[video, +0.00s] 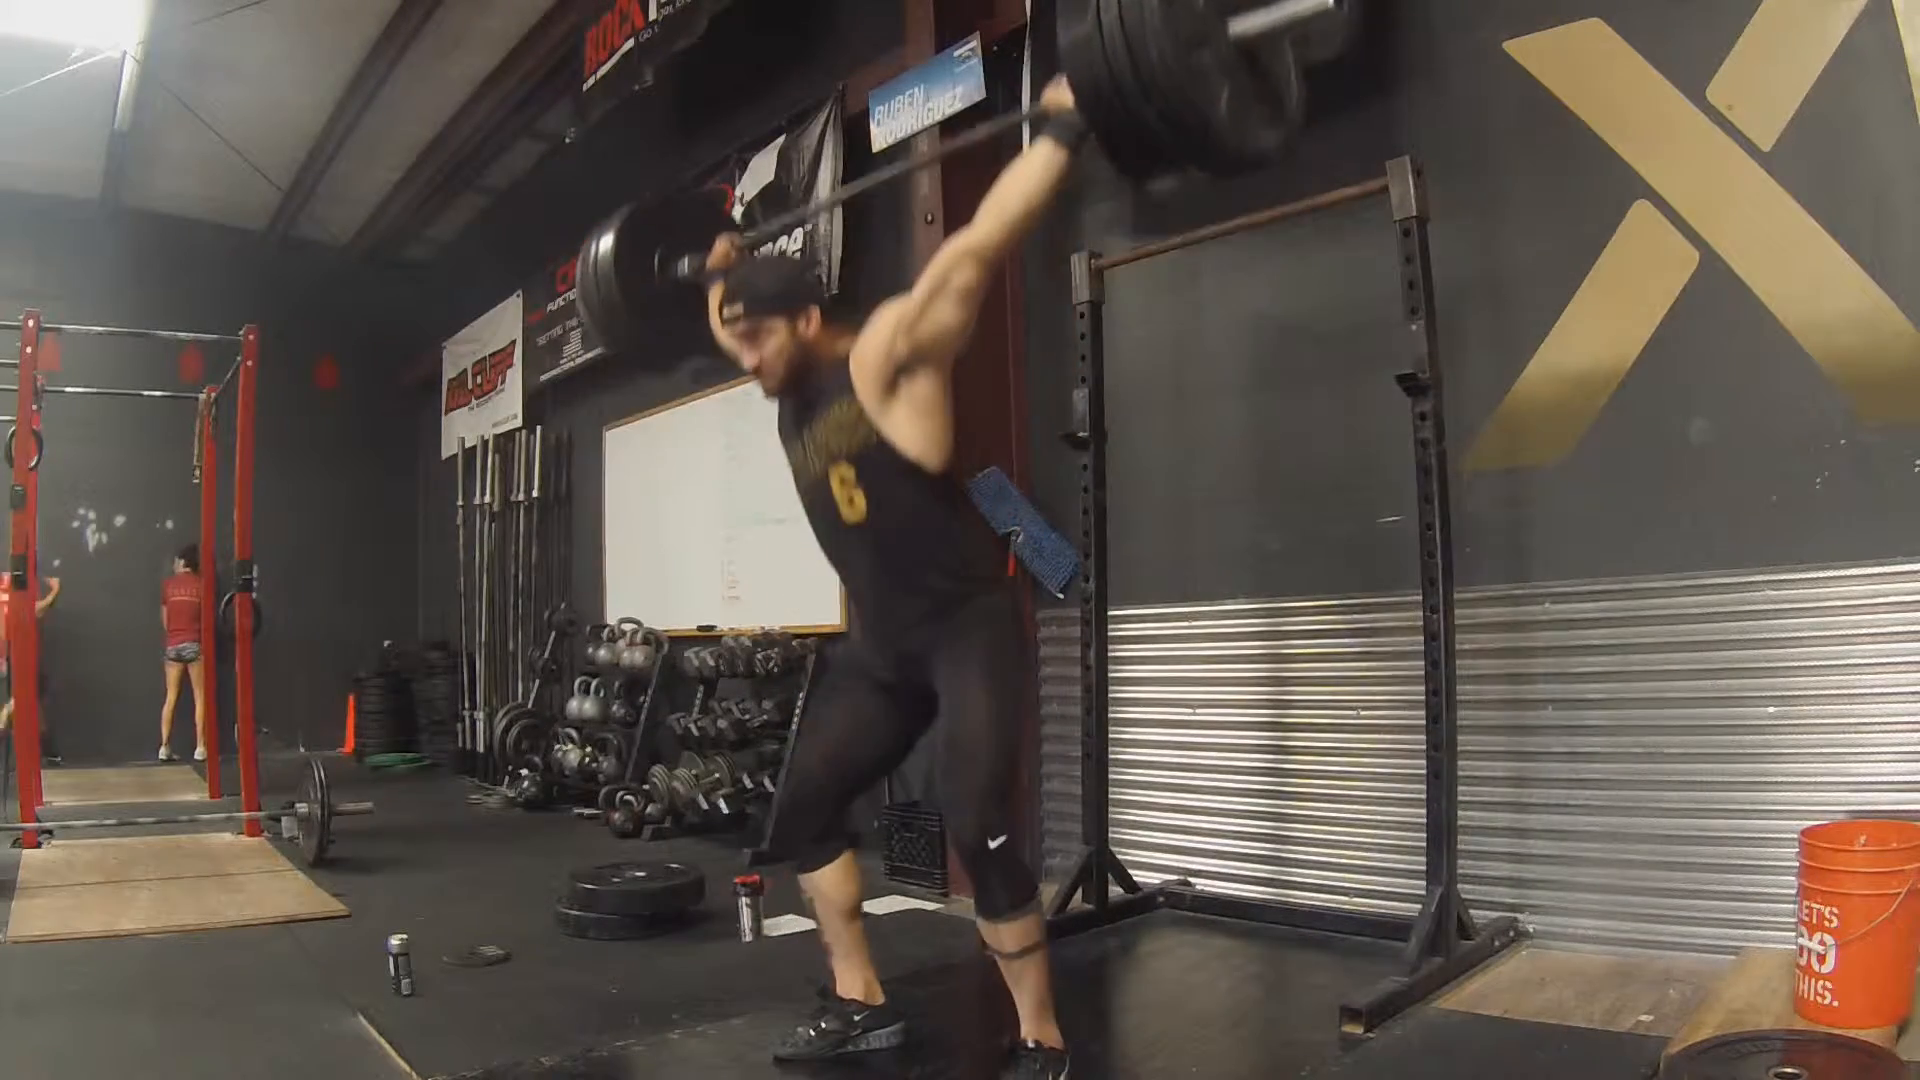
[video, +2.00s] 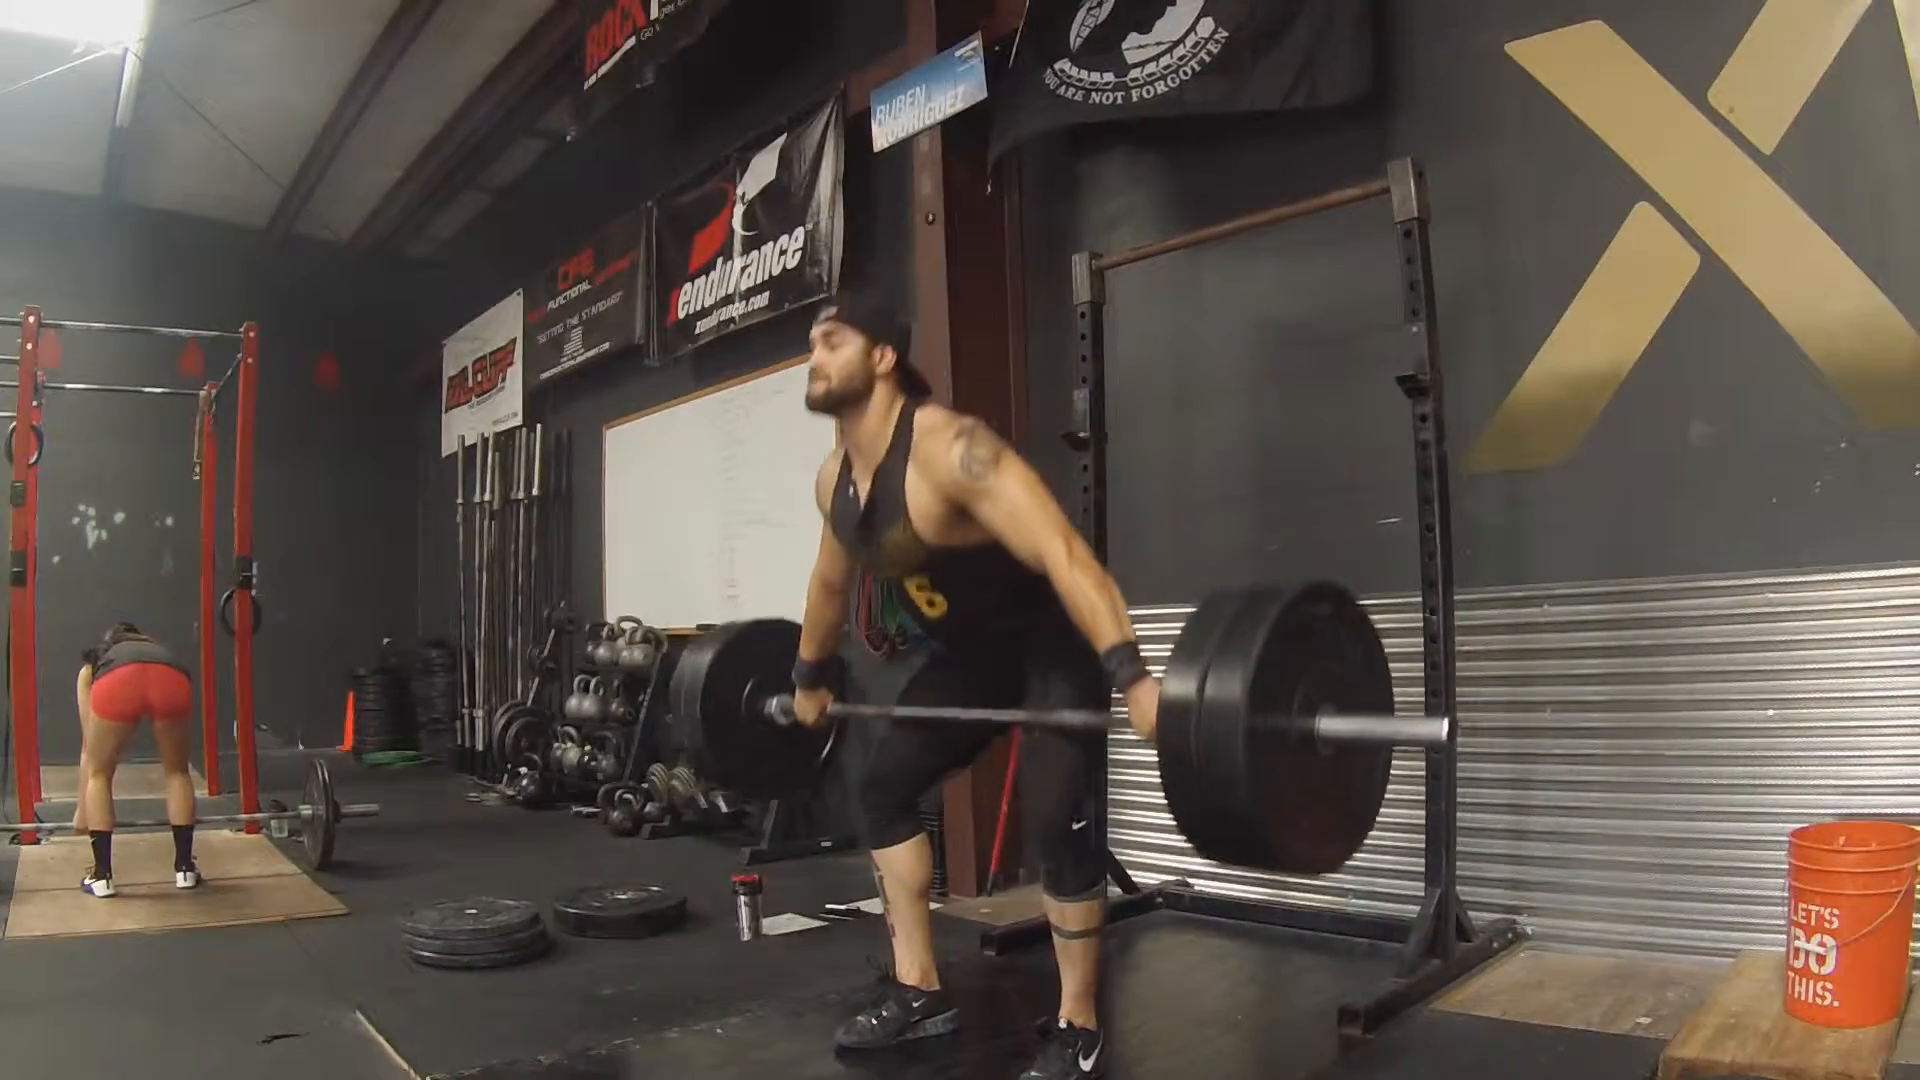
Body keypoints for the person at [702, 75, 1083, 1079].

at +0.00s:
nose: (746, 362)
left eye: (753, 341)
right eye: (736, 347)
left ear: (807, 316)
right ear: (756, 337)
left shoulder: (895, 349)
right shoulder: (794, 394)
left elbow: (976, 247)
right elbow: (731, 329)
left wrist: (1057, 129)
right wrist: (723, 260)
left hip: (971, 628)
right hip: (874, 641)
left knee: (980, 833)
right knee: (803, 809)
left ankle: (1041, 1041)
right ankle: (860, 1005)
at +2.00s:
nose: (812, 359)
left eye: (831, 344)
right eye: (811, 348)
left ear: (883, 360)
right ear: (821, 371)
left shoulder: (955, 447)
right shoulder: (839, 476)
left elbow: (1064, 553)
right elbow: (829, 586)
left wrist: (1131, 675)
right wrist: (809, 678)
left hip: (1053, 641)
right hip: (967, 649)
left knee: (1062, 821)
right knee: (885, 783)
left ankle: (1079, 1026)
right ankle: (918, 991)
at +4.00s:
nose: (787, 624)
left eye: (803, 605)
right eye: (784, 609)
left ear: (858, 610)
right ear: (780, 618)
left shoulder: (923, 659)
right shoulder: (826, 676)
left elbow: (990, 581)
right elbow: (761, 594)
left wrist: (1076, 467)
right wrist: (748, 523)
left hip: (989, 882)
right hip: (888, 881)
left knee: (933, 915)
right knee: (752, 874)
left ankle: (1052, 1036)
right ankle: (896, 993)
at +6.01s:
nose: (953, 255)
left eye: (968, 241)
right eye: (947, 244)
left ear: (1016, 250)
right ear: (953, 260)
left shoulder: (1056, 311)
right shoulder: (947, 332)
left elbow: (1149, 285)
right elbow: (868, 324)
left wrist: (1142, 185)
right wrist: (792, 273)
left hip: (1051, 596)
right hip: (965, 603)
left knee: (1068, 794)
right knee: (923, 774)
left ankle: (1098, 1017)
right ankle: (926, 972)